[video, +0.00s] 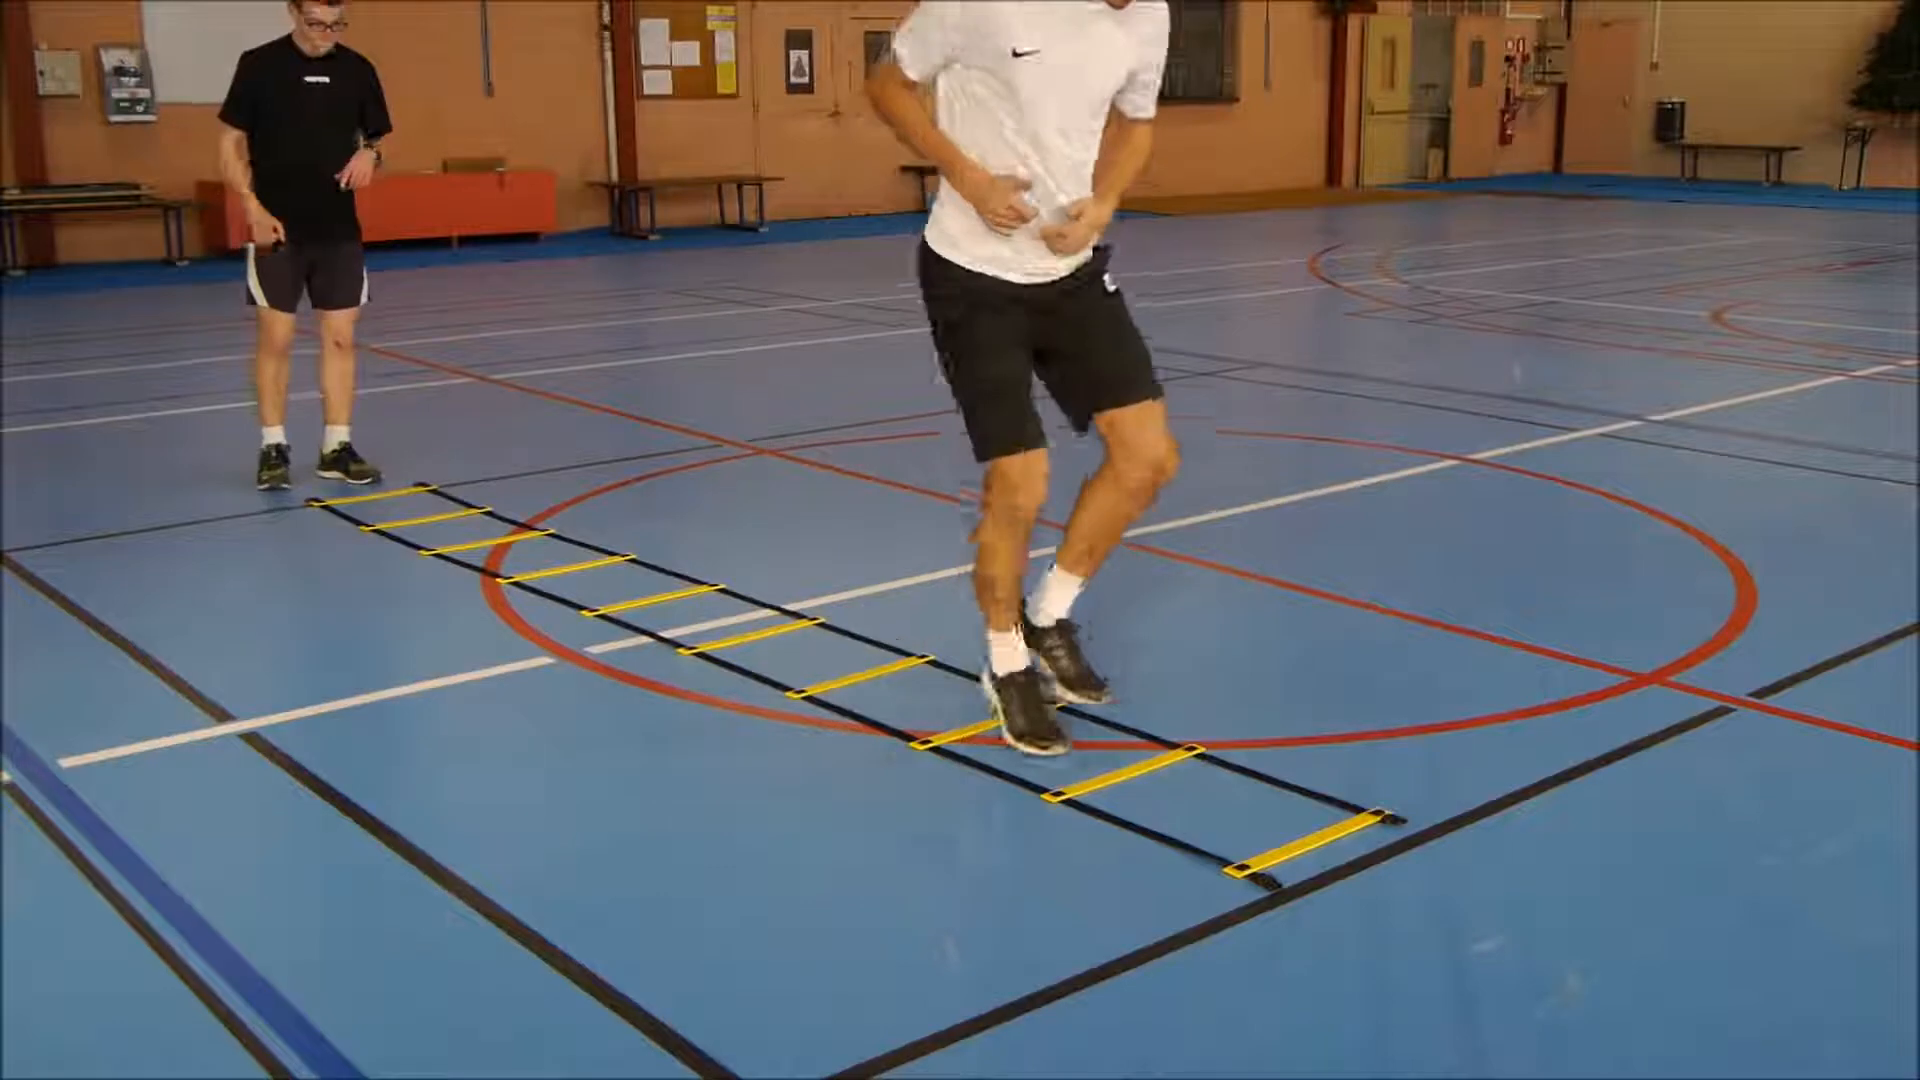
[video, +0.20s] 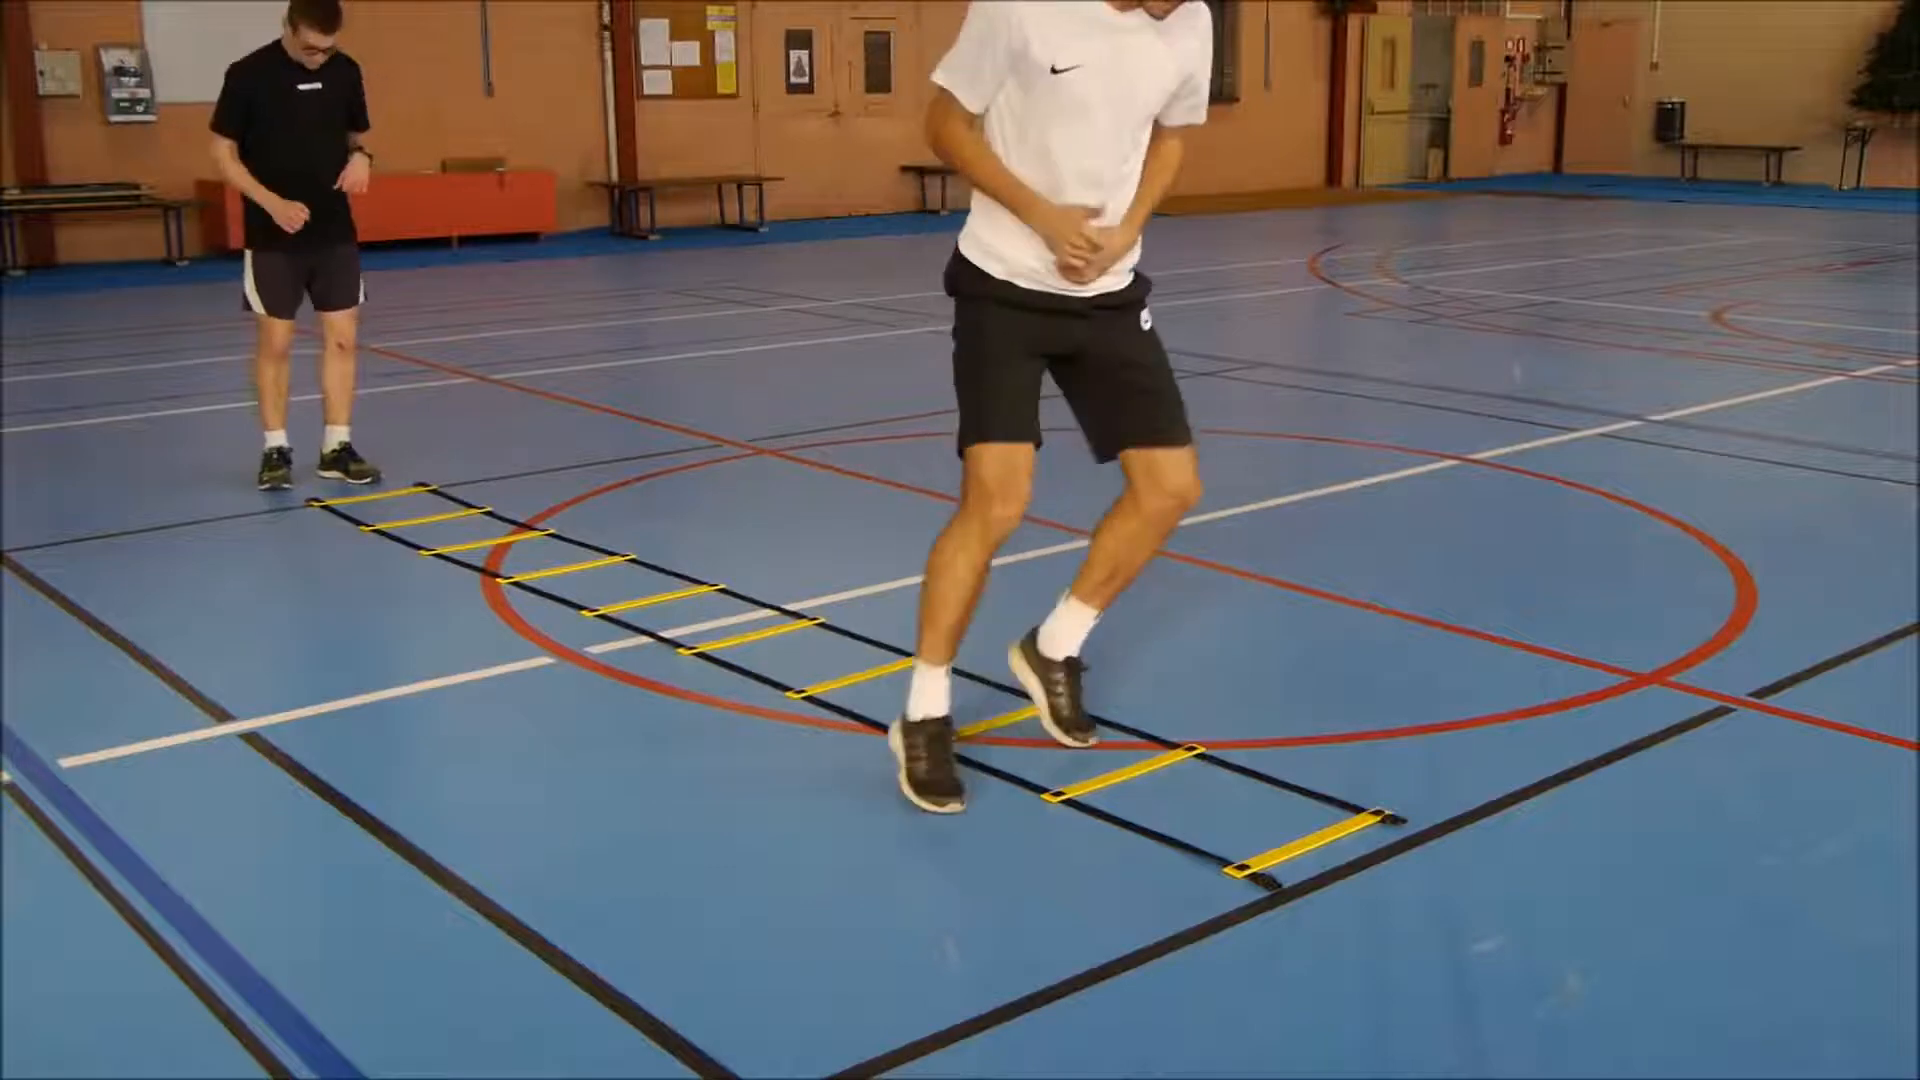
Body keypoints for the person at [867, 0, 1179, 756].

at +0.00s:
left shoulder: (1148, 15)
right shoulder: (978, 9)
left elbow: (1134, 119)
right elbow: (888, 84)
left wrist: (1100, 205)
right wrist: (968, 176)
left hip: (1072, 269)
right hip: (970, 269)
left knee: (1147, 456)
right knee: (1018, 481)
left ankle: (1046, 616)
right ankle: (1006, 665)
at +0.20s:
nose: (1168, 1)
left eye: (1176, 0)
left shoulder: (1190, 20)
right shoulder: (1017, 11)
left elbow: (1172, 132)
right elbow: (943, 121)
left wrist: (1128, 228)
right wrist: (1040, 213)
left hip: (1111, 296)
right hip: (1002, 286)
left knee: (1167, 486)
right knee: (997, 499)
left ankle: (1054, 648)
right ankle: (925, 709)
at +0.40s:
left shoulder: (1253, 17)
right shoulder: (1085, 11)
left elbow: (1224, 120)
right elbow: (999, 120)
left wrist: (1194, 215)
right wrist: (1088, 228)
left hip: (1173, 281)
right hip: (1060, 285)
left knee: (1266, 462)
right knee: (1042, 509)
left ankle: (1211, 657)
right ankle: (954, 695)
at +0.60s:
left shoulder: (1331, 16)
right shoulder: (1144, 8)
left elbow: (1310, 130)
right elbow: (1064, 105)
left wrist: (1270, 236)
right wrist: (1143, 226)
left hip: (1243, 292)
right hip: (1130, 291)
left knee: (1301, 494)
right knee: (1164, 526)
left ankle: (1232, 661)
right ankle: (1155, 726)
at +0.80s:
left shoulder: (1401, 9)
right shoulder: (1191, 6)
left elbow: (1377, 121)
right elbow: (1107, 84)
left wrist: (1327, 208)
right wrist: (1170, 213)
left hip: (1289, 290)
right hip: (1178, 280)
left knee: (1296, 523)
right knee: (1218, 521)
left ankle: (1193, 721)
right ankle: (1141, 705)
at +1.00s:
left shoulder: (1436, 19)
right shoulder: (1284, 18)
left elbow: (1362, 142)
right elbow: (1178, 163)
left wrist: (1386, 224)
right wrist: (1306, 284)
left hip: (1357, 340)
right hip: (1253, 343)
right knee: (1189, 598)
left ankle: (1319, 675)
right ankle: (1070, 808)